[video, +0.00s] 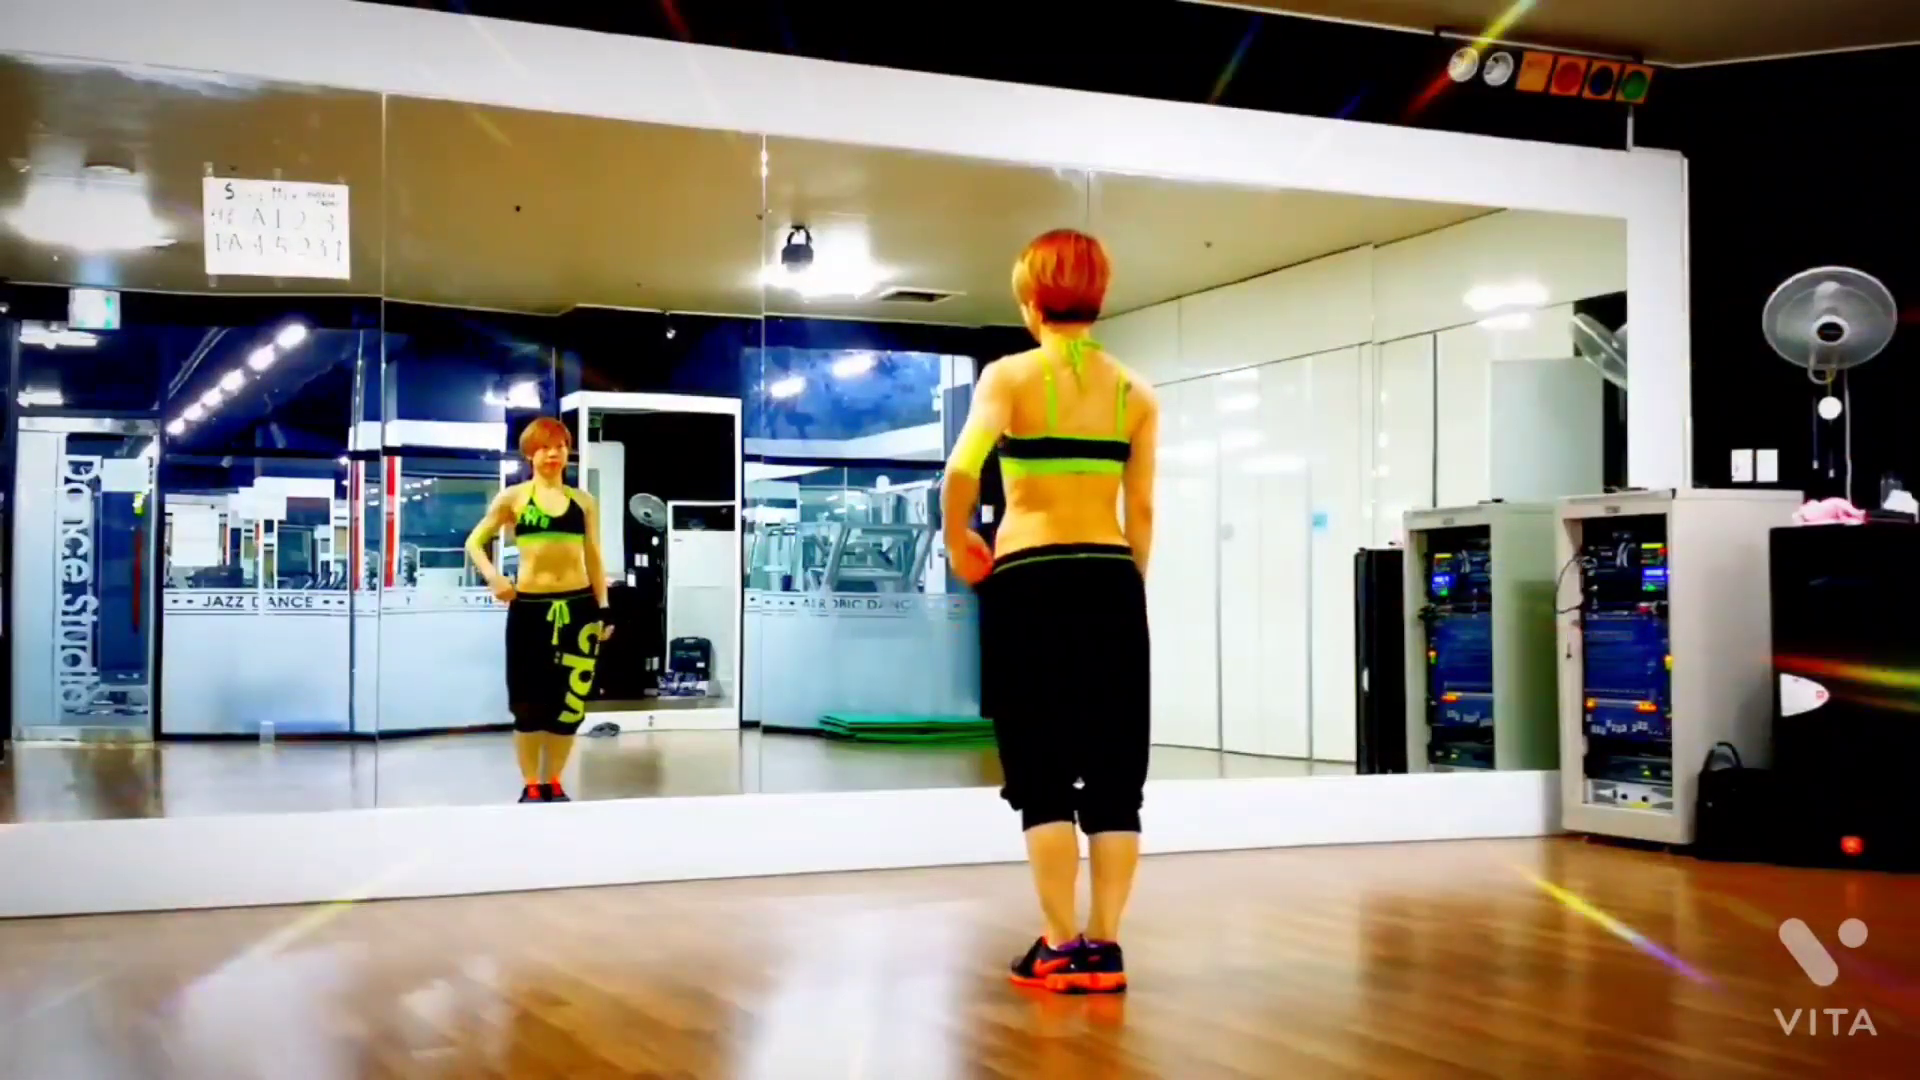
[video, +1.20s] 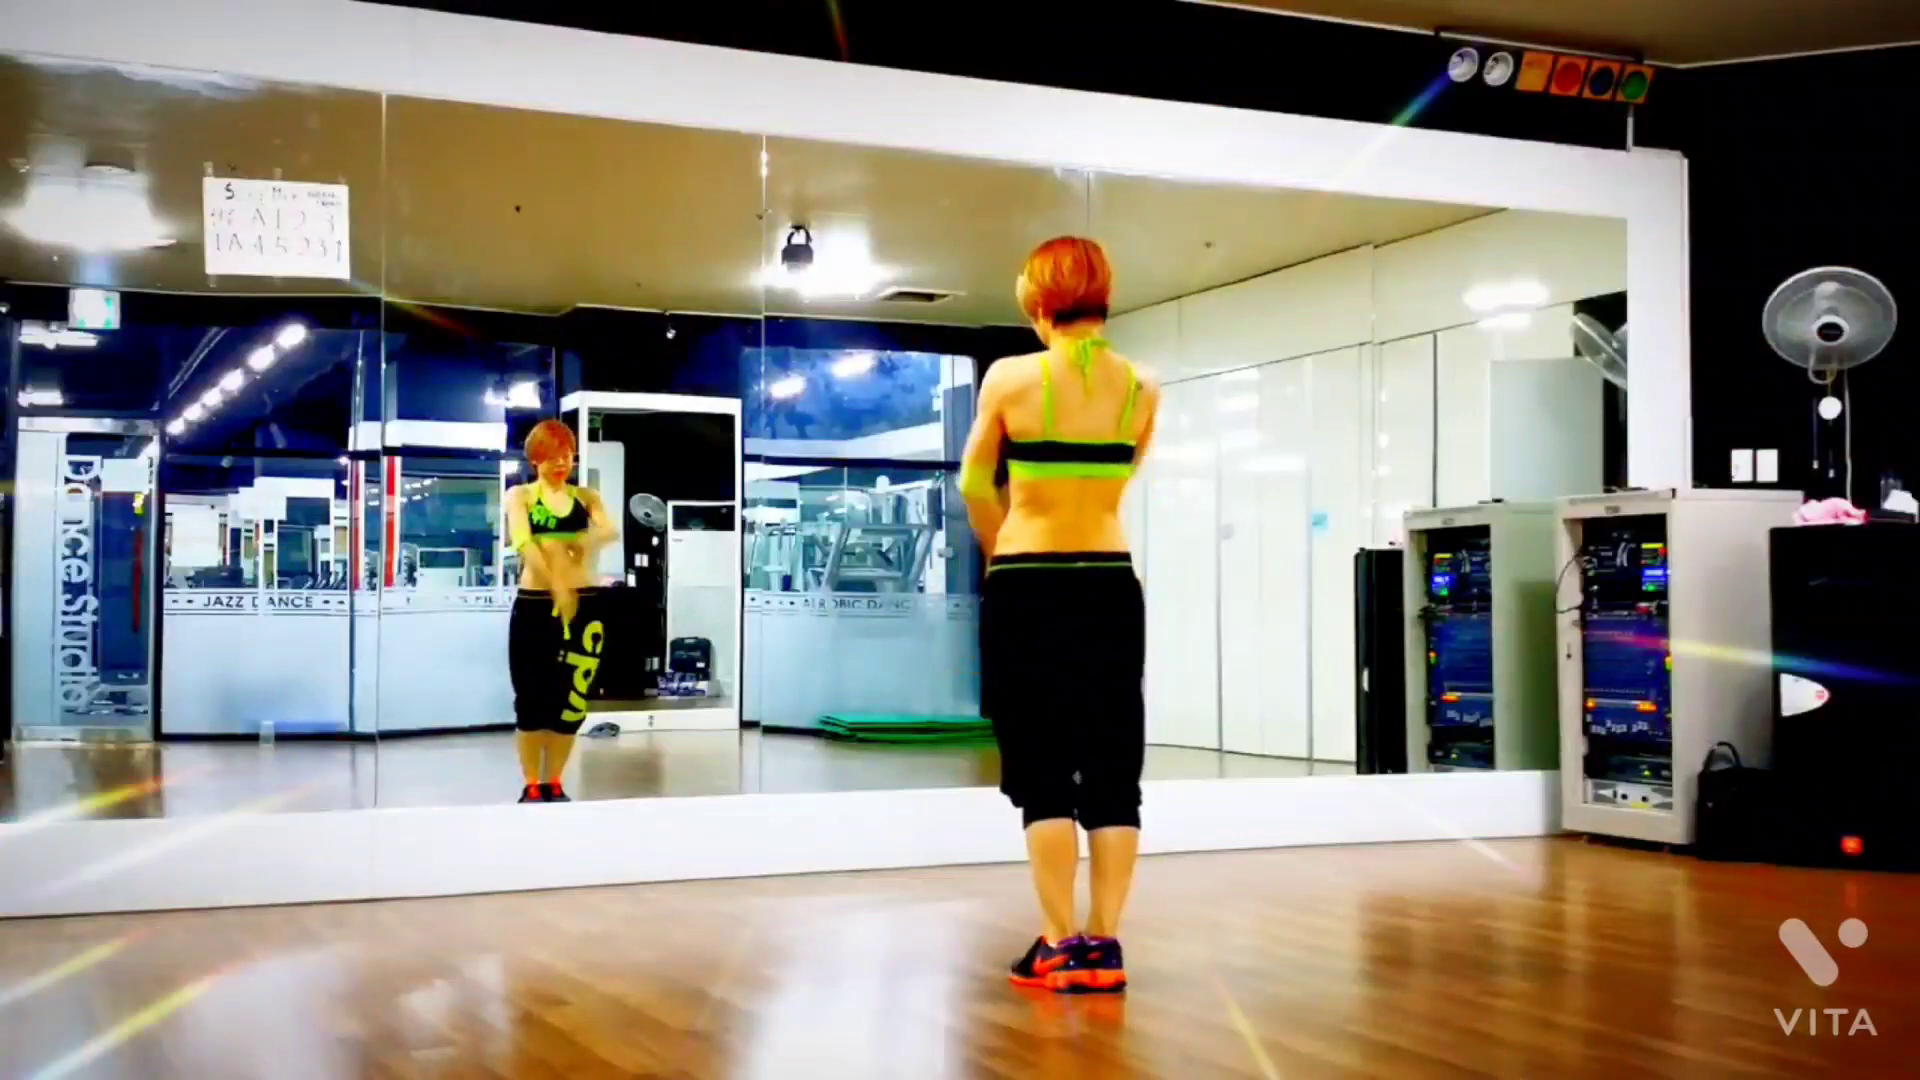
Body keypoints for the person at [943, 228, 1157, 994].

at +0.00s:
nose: (1023, 304)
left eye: (1024, 293)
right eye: (1036, 292)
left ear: (1029, 299)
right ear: (1099, 298)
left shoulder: (1006, 377)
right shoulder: (1134, 391)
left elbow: (962, 473)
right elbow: (1140, 505)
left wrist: (961, 548)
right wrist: (1131, 577)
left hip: (1027, 587)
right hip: (1111, 585)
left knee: (1039, 765)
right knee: (1116, 766)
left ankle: (1061, 940)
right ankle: (1104, 945)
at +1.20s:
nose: (1027, 311)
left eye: (1029, 301)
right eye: (1038, 300)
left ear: (1035, 305)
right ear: (1105, 301)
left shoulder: (1009, 378)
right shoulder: (1140, 389)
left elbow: (976, 488)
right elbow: (1123, 477)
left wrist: (1009, 548)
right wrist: (1057, 531)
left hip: (1025, 591)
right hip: (1108, 589)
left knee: (1040, 764)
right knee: (1114, 766)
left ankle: (1059, 939)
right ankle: (1103, 941)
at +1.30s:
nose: (1023, 307)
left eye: (1026, 296)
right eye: (1030, 295)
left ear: (1036, 301)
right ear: (1103, 298)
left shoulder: (1016, 366)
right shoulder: (1138, 375)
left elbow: (959, 418)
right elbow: (1094, 419)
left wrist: (1030, 435)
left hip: (1027, 587)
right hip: (1111, 586)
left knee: (1041, 767)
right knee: (1117, 766)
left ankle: (1061, 940)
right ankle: (1105, 943)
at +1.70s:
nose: (1014, 318)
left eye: (1020, 307)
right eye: (1020, 305)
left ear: (1031, 319)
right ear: (1098, 320)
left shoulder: (998, 395)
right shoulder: (1124, 398)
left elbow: (994, 457)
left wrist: (1005, 361)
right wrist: (1030, 360)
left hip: (1039, 602)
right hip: (1123, 599)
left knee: (1026, 780)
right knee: (1092, 787)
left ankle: (1061, 941)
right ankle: (1102, 944)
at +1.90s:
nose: (1029, 391)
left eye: (1031, 381)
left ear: (1030, 392)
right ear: (1101, 393)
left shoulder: (997, 470)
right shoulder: (1130, 477)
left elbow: (983, 595)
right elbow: (1104, 579)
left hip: (1033, 666)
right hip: (1118, 665)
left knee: (1010, 819)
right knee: (1072, 818)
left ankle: (1059, 941)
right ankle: (1099, 944)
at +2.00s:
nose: (1040, 373)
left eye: (1038, 361)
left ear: (1033, 371)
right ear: (1106, 375)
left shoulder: (998, 447)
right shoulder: (1128, 460)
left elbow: (953, 563)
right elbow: (1146, 569)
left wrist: (917, 654)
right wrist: (1143, 637)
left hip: (1030, 645)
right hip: (1114, 646)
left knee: (1014, 808)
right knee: (1075, 809)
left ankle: (1061, 941)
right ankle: (1101, 944)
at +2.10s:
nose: (1037, 323)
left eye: (1037, 310)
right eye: (1074, 312)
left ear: (1031, 319)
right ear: (1103, 322)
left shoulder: (1000, 388)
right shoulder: (1123, 398)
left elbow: (899, 436)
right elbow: (1208, 453)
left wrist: (831, 483)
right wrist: (1279, 500)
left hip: (1027, 595)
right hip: (1106, 593)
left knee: (1022, 775)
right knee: (1092, 775)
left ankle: (1062, 938)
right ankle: (1101, 942)